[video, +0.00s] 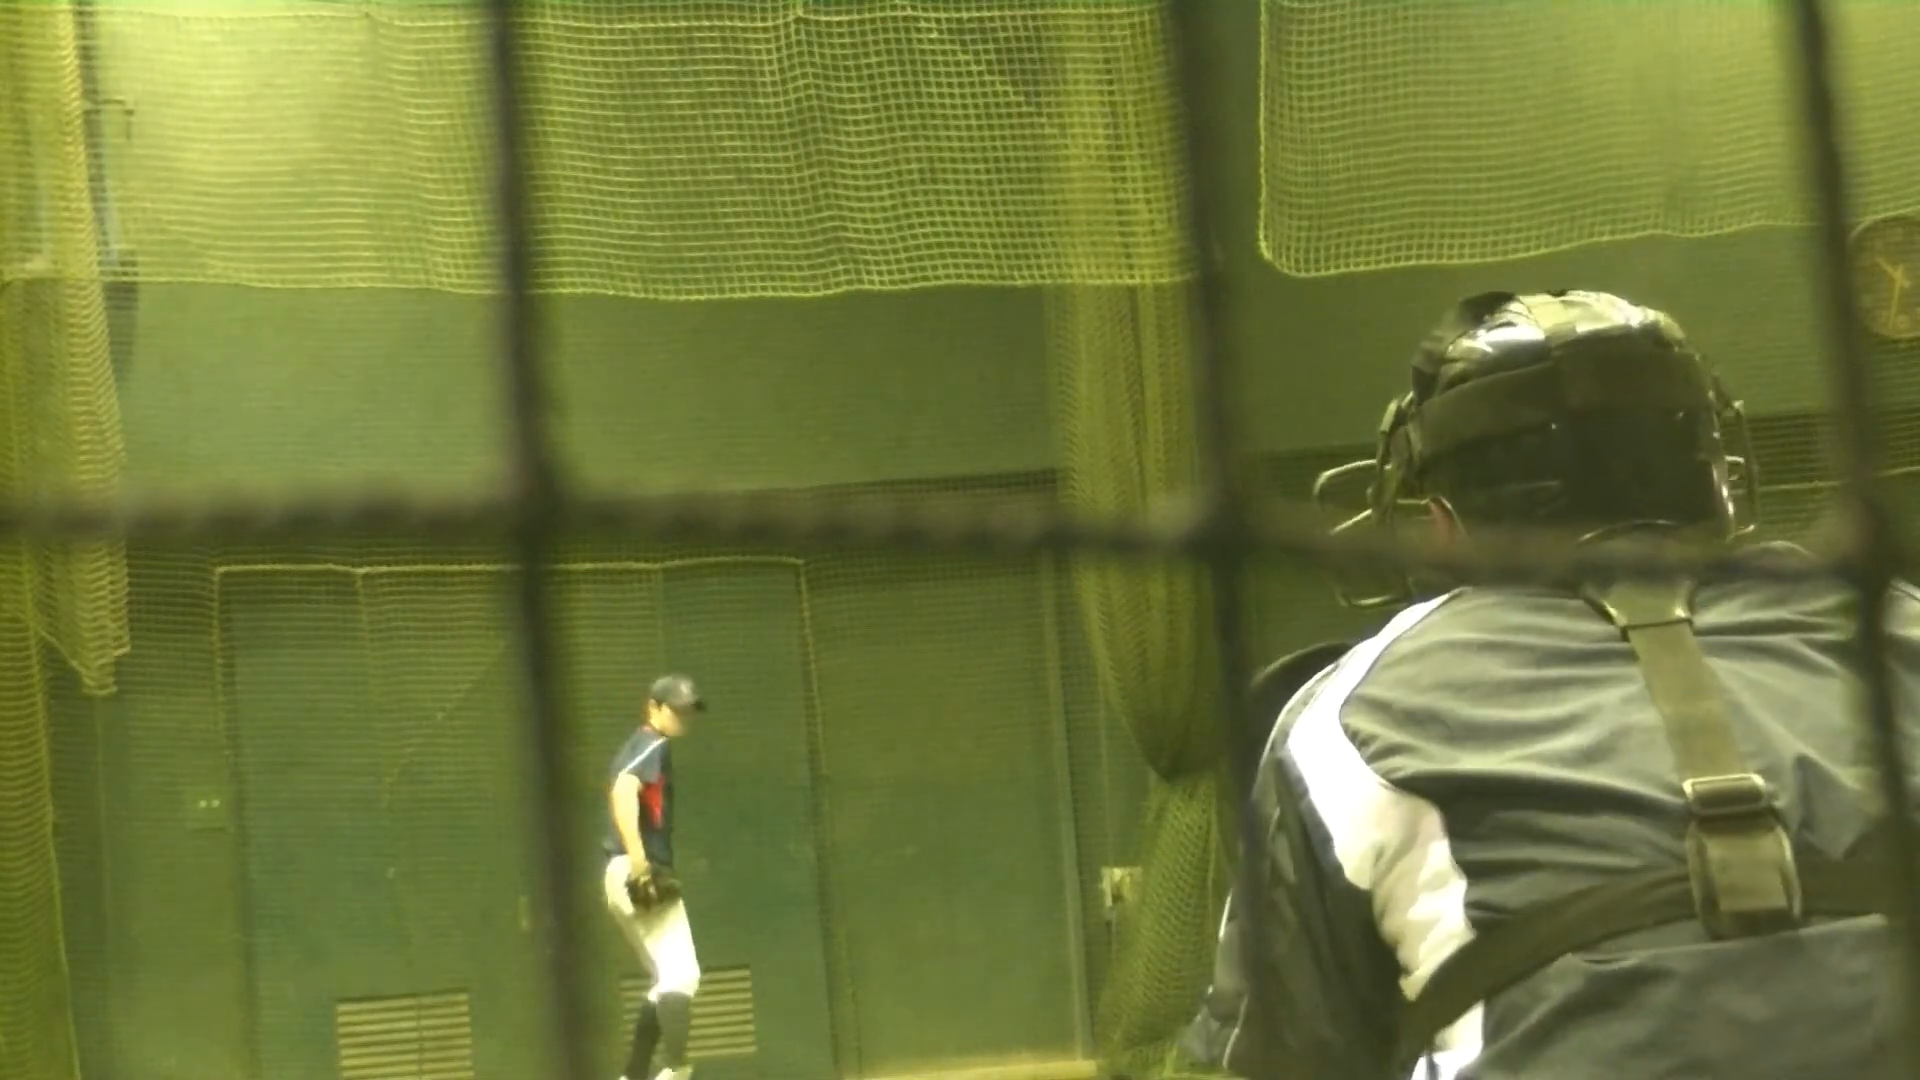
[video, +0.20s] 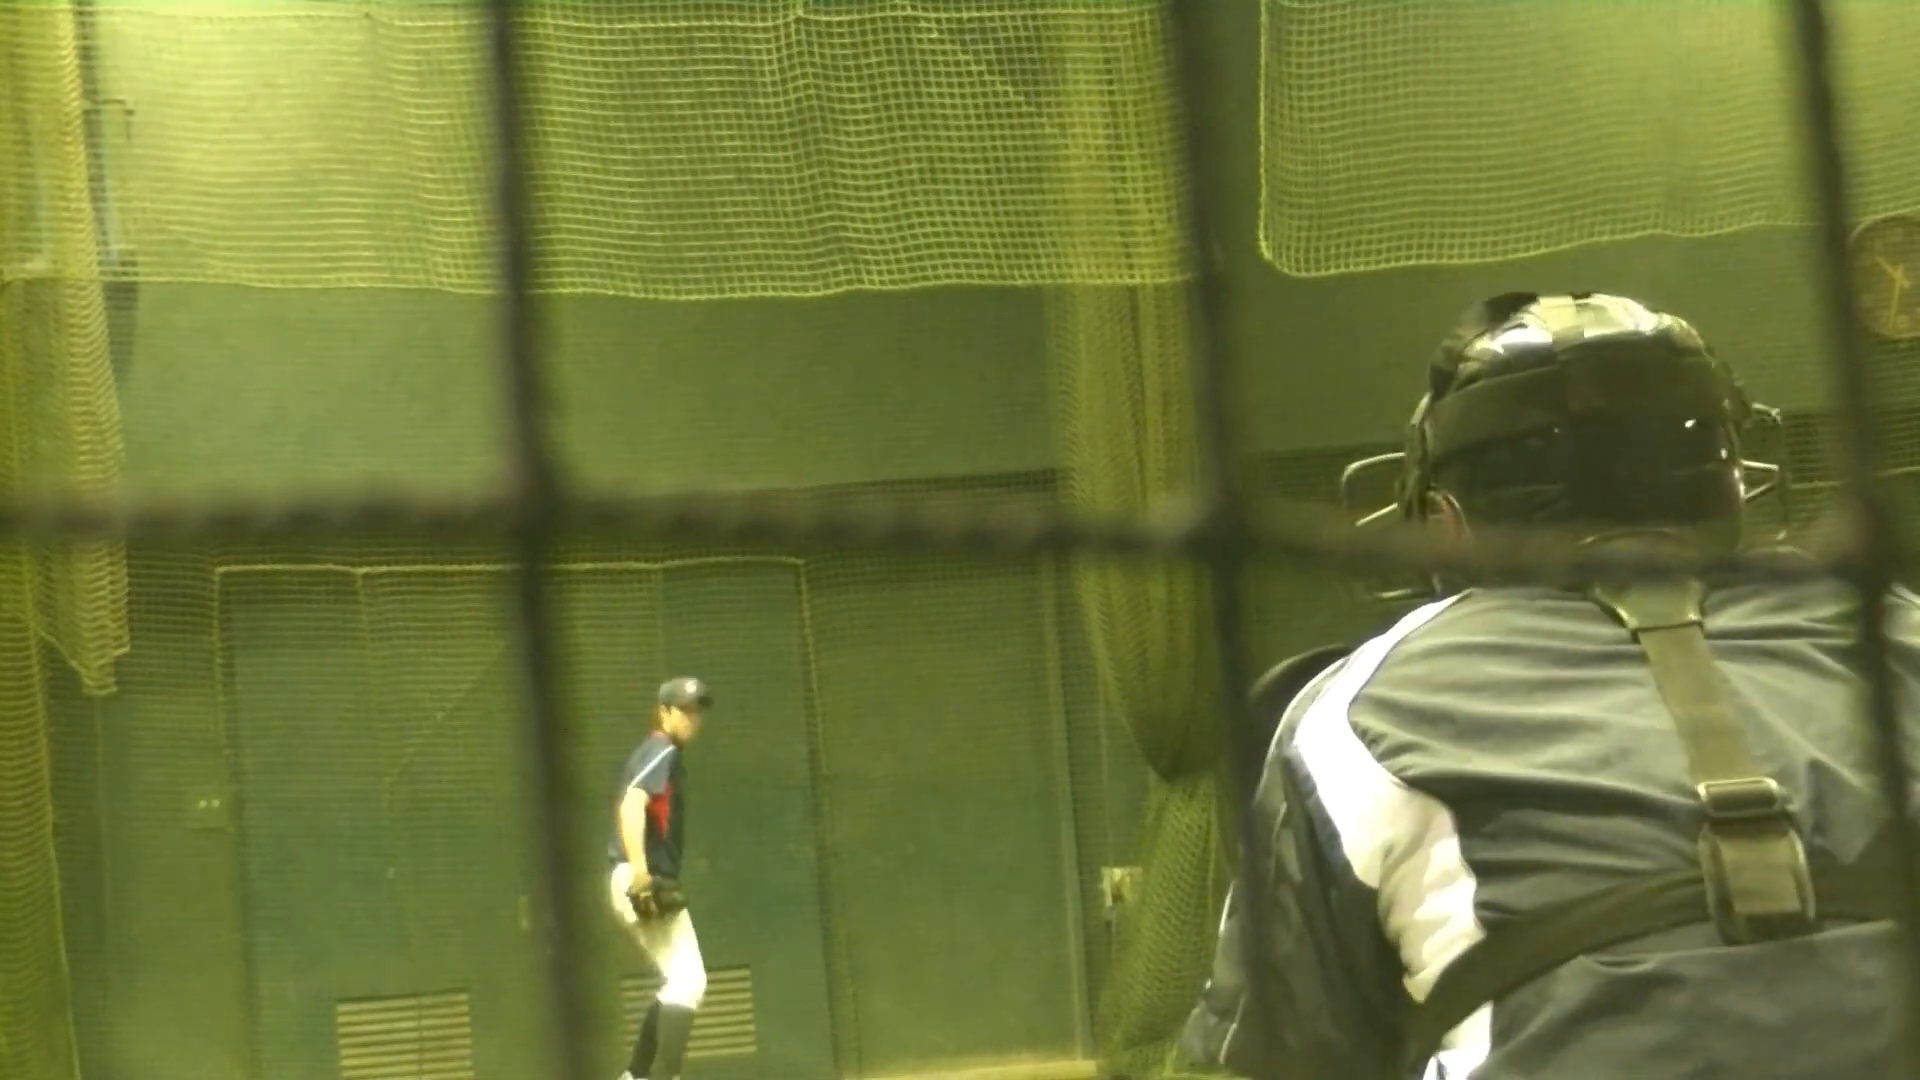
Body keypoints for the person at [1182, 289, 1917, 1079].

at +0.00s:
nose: (1404, 544)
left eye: (1406, 520)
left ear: (1442, 533)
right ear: (1719, 490)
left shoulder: (1335, 722)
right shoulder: (1894, 621)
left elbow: (1284, 1052)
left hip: (1575, 1024)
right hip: (1890, 1009)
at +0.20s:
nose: (1413, 541)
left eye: (1417, 519)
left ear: (1450, 531)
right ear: (1726, 494)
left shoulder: (1340, 719)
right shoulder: (1887, 626)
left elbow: (1282, 1049)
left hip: (1581, 1027)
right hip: (1883, 1017)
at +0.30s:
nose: (1415, 537)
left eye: (1418, 516)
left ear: (1454, 523)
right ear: (1731, 486)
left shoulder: (1344, 713)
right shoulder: (1889, 624)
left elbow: (1286, 1048)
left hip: (1584, 1025)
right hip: (1886, 1015)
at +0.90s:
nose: (1404, 556)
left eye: (1408, 530)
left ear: (1449, 531)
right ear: (1715, 488)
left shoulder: (1338, 720)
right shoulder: (1886, 615)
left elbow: (1294, 1052)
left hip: (1584, 1025)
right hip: (1886, 1012)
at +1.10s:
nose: (1408, 567)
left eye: (1411, 540)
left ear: (1455, 535)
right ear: (1721, 496)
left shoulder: (1347, 726)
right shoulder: (1890, 612)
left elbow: (1300, 1051)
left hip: (1591, 1019)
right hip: (1889, 1009)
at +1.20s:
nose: (1417, 576)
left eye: (1420, 547)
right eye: (1409, 550)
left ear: (1466, 534)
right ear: (1729, 504)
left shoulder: (1369, 719)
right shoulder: (1890, 616)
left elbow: (1312, 1050)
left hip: (1611, 1028)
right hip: (1889, 1020)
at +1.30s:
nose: (1430, 567)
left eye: (1435, 541)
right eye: (1424, 541)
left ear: (1485, 531)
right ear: (1743, 498)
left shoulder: (1389, 711)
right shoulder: (1896, 611)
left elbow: (1325, 1045)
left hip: (1637, 1021)